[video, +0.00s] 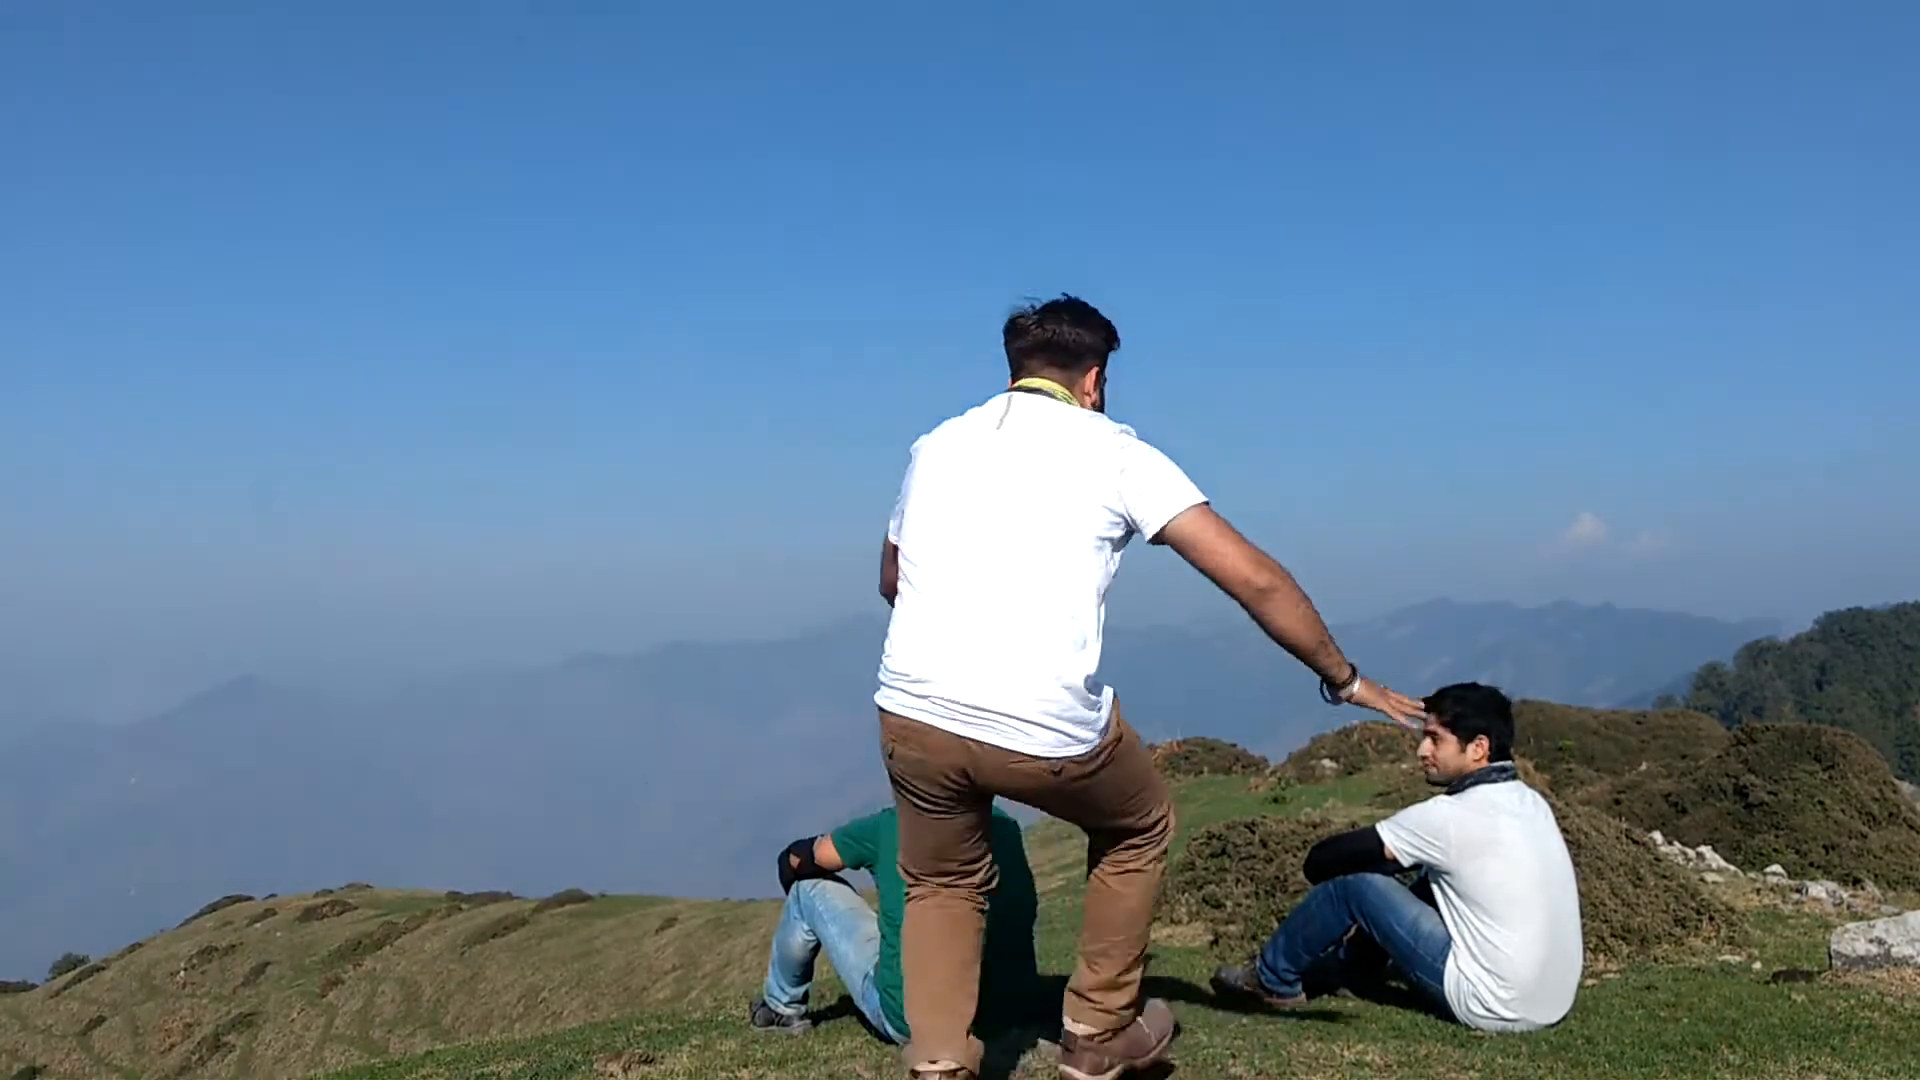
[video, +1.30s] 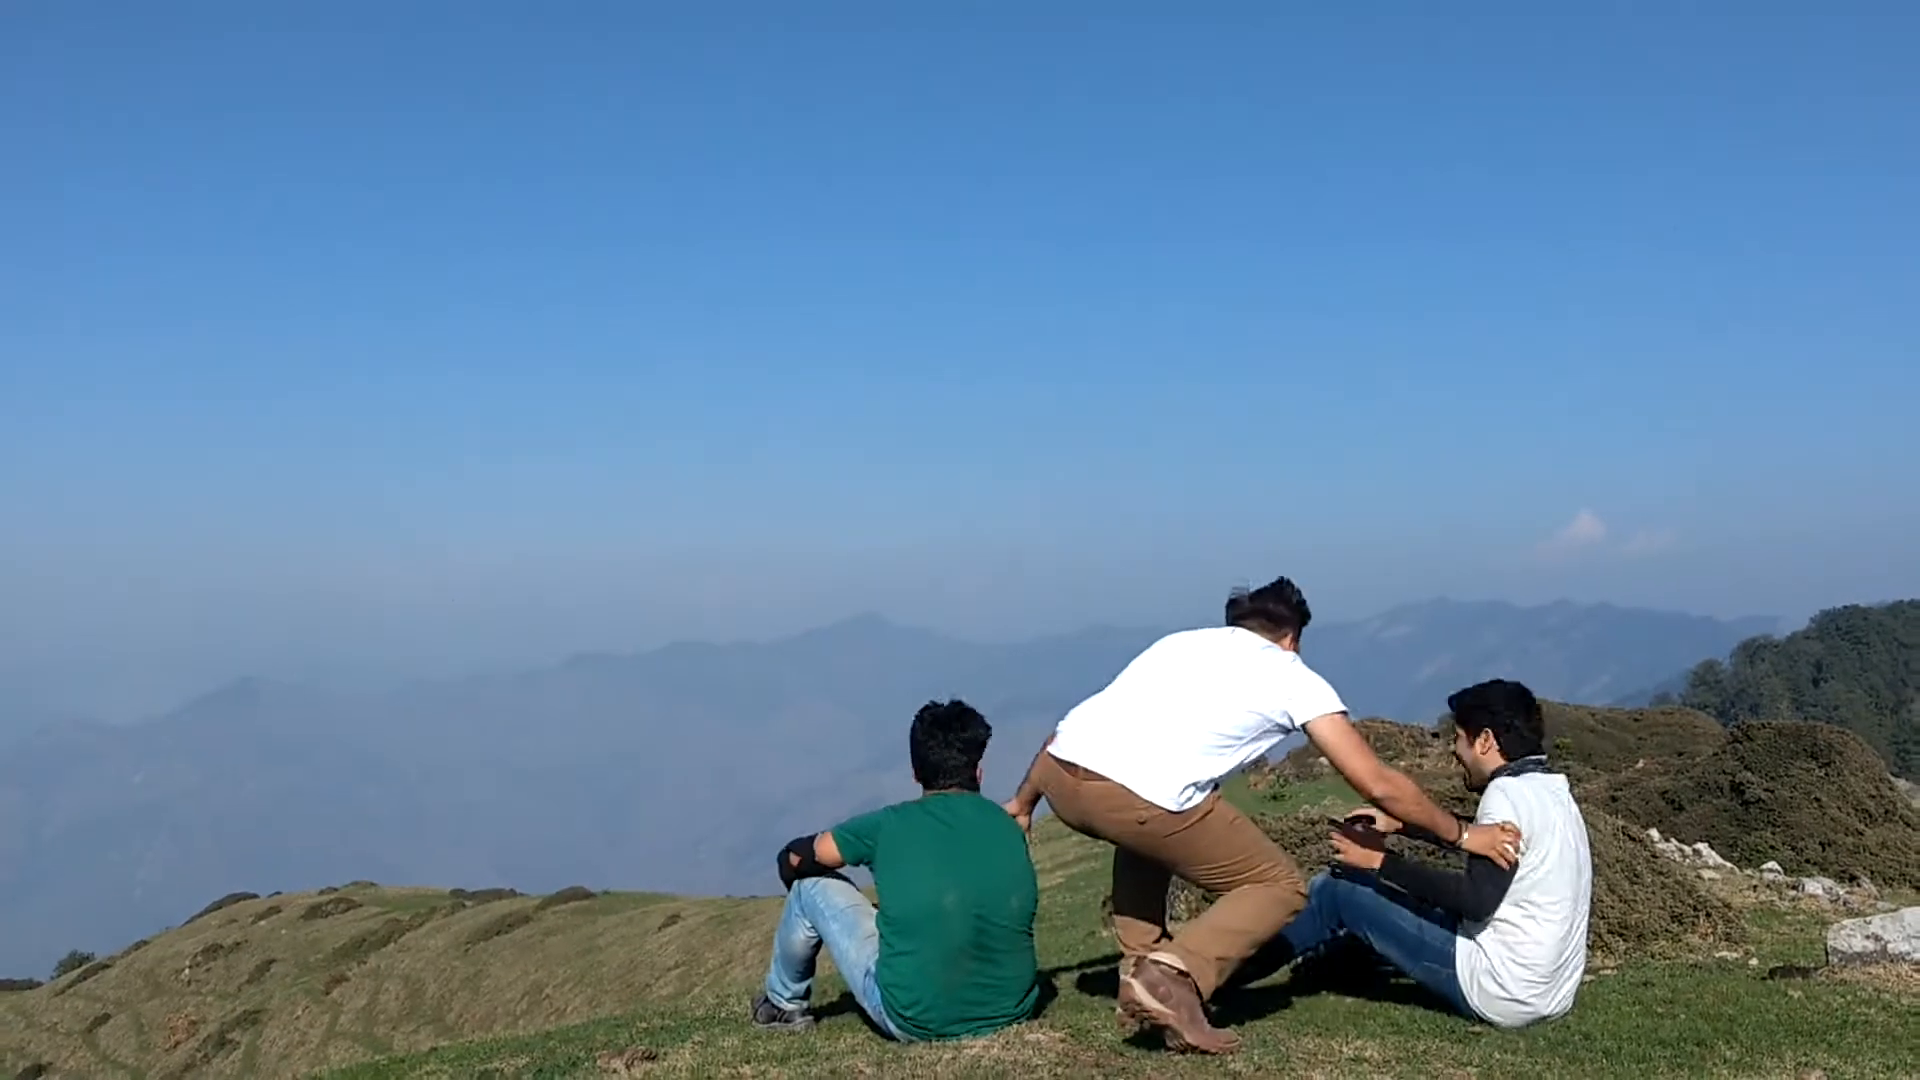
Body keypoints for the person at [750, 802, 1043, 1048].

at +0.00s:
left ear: (915, 778)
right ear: (976, 778)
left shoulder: (892, 824)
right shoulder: (1007, 830)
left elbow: (799, 859)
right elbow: (1020, 909)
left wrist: (792, 877)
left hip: (909, 1020)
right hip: (999, 1021)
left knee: (810, 889)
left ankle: (782, 1005)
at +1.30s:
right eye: (980, 763)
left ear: (915, 772)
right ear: (978, 771)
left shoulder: (890, 823)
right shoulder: (1009, 825)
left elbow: (796, 858)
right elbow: (1015, 910)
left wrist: (798, 884)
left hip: (915, 1020)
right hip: (1008, 1011)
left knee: (812, 886)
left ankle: (783, 1003)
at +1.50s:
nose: (1003, 776)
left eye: (1001, 765)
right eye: (1001, 767)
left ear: (931, 772)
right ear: (987, 776)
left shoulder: (891, 823)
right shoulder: (1014, 828)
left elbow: (791, 859)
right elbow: (1020, 913)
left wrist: (784, 889)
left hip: (913, 1022)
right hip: (1008, 1014)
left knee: (807, 887)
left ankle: (782, 1004)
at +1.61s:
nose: (1006, 776)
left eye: (1004, 764)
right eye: (1004, 767)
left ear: (934, 773)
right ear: (989, 777)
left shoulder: (893, 825)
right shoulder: (1020, 833)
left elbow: (801, 855)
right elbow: (1023, 915)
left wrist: (781, 873)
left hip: (914, 1022)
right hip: (1009, 1014)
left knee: (806, 888)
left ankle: (781, 1005)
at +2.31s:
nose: (904, 786)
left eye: (915, 773)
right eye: (905, 773)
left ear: (951, 777)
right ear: (972, 779)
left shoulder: (909, 854)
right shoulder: (1018, 834)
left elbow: (850, 961)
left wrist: (761, 963)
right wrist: (923, 826)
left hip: (921, 1030)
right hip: (1009, 1014)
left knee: (778, 917)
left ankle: (852, 1018)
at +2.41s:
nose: (895, 790)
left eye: (906, 777)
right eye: (895, 776)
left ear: (946, 777)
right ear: (950, 779)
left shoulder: (903, 854)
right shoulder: (999, 831)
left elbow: (877, 971)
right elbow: (942, 826)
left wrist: (778, 988)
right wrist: (884, 819)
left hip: (937, 1026)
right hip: (1009, 1009)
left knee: (776, 924)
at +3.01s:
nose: (841, 797)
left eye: (840, 789)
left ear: (847, 795)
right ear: (911, 775)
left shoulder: (854, 856)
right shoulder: (950, 829)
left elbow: (869, 975)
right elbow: (899, 859)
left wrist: (808, 1050)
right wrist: (820, 880)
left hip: (924, 1026)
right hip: (1000, 1005)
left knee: (761, 954)